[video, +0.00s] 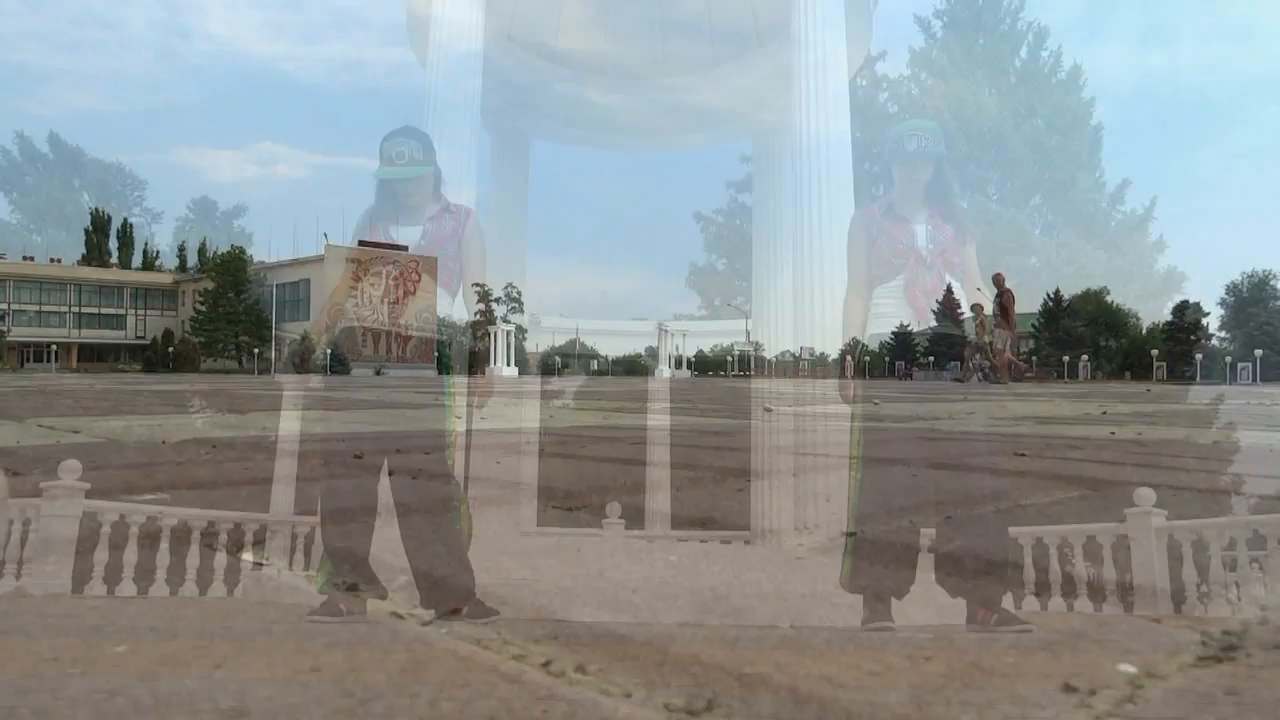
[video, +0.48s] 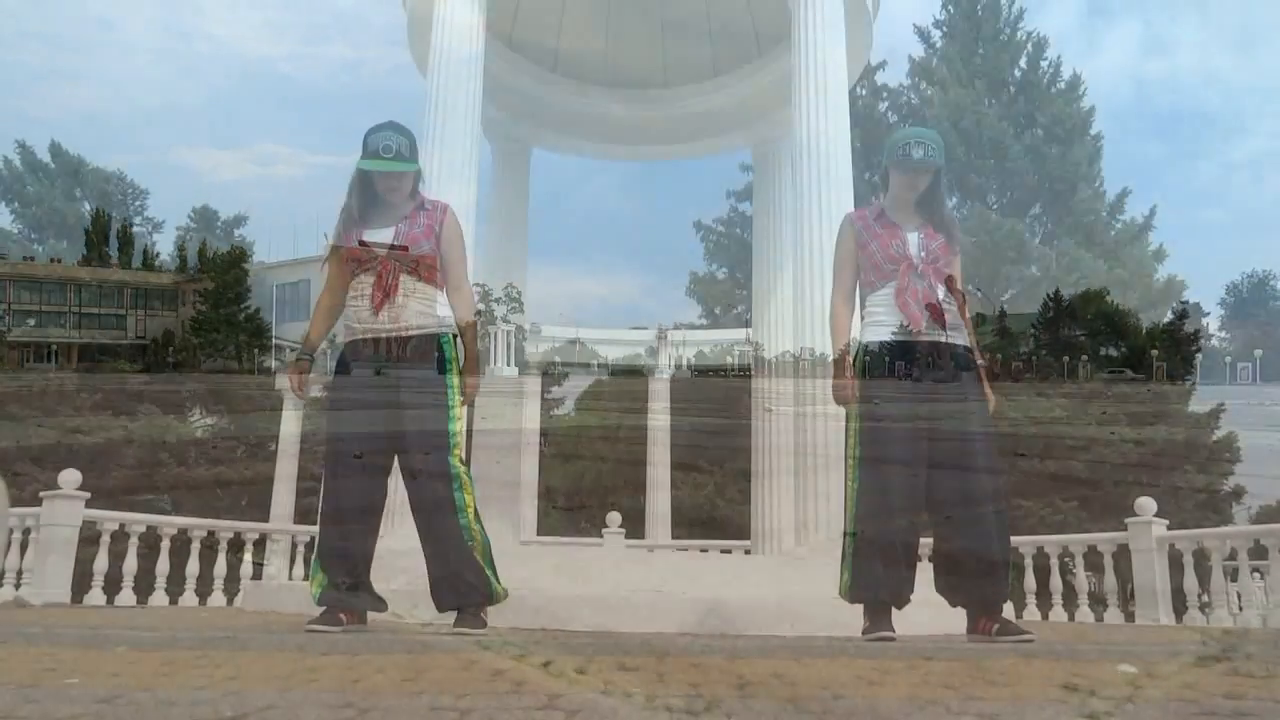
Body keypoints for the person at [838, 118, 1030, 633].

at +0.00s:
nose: (917, 166)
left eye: (926, 157)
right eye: (909, 156)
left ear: (938, 162)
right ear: (894, 160)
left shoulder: (956, 222)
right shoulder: (869, 221)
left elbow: (976, 288)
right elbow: (858, 289)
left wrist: (992, 341)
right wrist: (850, 351)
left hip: (955, 359)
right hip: (890, 360)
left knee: (974, 471)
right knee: (887, 474)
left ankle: (983, 602)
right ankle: (877, 601)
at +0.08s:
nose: (914, 170)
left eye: (923, 161)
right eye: (906, 160)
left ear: (936, 167)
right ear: (891, 163)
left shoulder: (954, 228)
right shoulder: (867, 222)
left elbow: (973, 294)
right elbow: (856, 292)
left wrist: (990, 336)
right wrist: (849, 354)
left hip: (953, 361)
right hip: (888, 362)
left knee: (974, 471)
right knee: (887, 476)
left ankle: (984, 604)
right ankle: (877, 603)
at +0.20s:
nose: (911, 170)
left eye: (920, 162)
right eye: (903, 159)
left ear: (933, 167)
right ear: (888, 162)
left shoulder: (949, 226)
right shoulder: (862, 223)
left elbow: (967, 294)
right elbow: (851, 295)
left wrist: (985, 348)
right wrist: (845, 357)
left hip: (948, 360)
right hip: (886, 361)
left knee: (970, 472)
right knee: (887, 476)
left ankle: (984, 606)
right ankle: (878, 604)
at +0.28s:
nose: (912, 172)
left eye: (921, 165)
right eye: (904, 162)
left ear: (933, 170)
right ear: (887, 164)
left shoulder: (947, 225)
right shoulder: (859, 224)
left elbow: (963, 299)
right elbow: (847, 294)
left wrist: (986, 361)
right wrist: (843, 358)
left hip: (949, 362)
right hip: (885, 362)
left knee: (971, 474)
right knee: (887, 479)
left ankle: (984, 609)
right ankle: (878, 607)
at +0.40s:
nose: (914, 175)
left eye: (923, 168)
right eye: (906, 165)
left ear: (935, 174)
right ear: (888, 166)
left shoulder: (947, 230)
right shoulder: (858, 224)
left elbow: (961, 306)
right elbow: (843, 294)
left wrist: (980, 370)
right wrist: (842, 359)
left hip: (951, 362)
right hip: (887, 364)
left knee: (972, 478)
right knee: (888, 481)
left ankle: (984, 612)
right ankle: (879, 610)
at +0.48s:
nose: (916, 177)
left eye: (925, 170)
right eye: (908, 166)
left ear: (935, 176)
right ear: (890, 167)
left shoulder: (945, 234)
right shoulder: (859, 225)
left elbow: (959, 309)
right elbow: (844, 296)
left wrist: (979, 373)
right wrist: (842, 360)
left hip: (952, 364)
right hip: (889, 364)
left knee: (973, 478)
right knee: (889, 482)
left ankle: (984, 614)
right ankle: (879, 611)